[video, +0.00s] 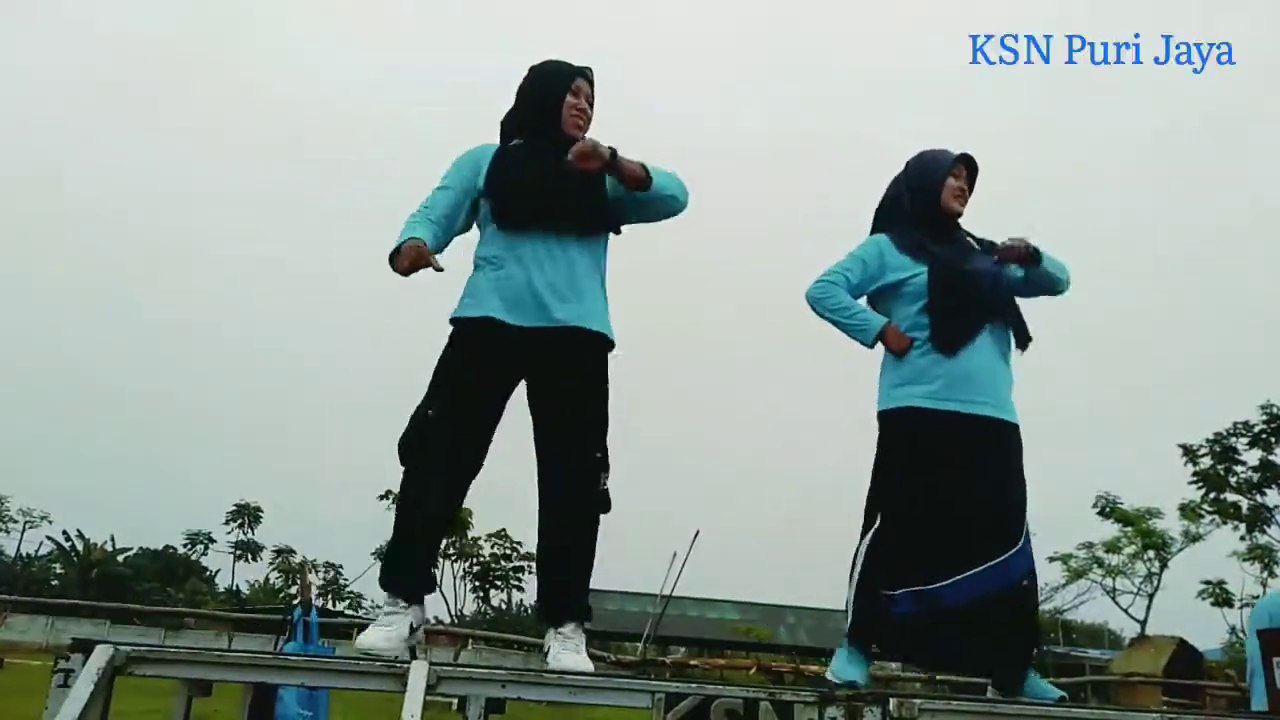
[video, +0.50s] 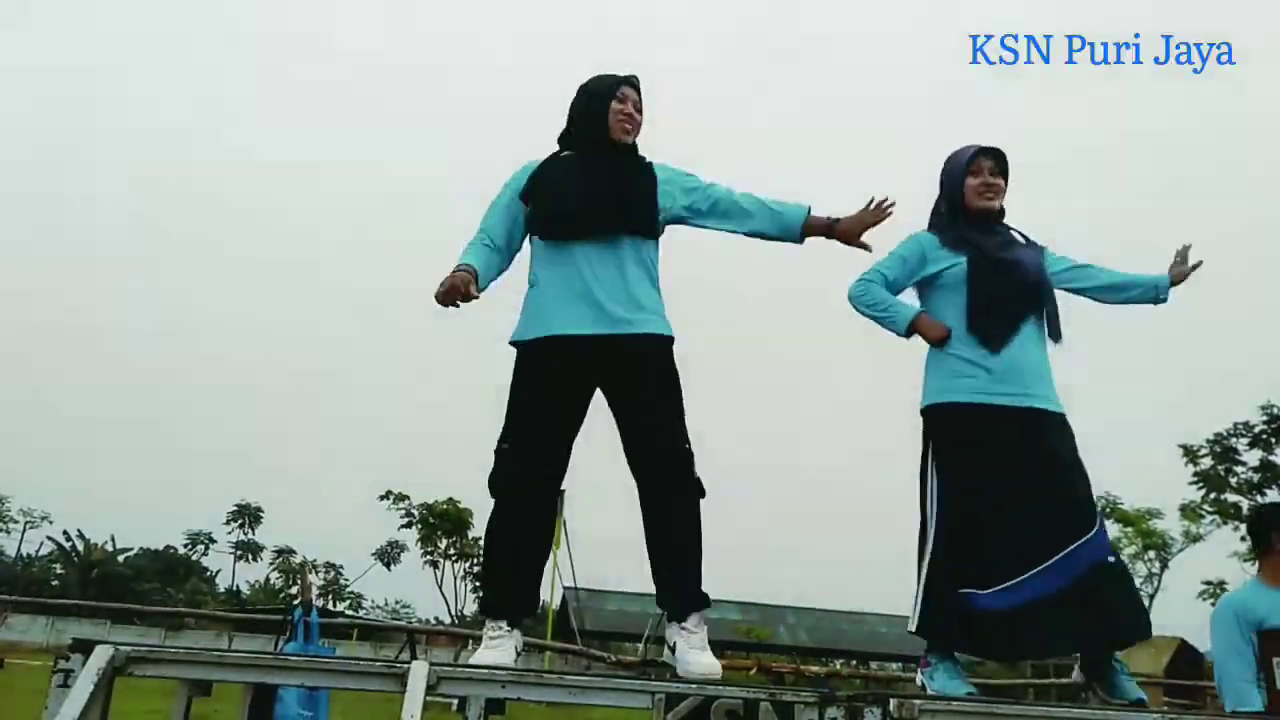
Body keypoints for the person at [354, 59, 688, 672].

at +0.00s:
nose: (583, 106)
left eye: (588, 100)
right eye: (573, 94)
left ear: (589, 114)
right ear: (539, 97)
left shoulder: (601, 179)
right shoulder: (489, 159)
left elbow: (676, 196)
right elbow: (442, 206)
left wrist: (616, 164)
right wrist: (418, 240)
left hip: (577, 329)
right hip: (491, 319)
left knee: (574, 478)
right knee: (436, 453)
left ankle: (566, 630)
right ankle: (402, 606)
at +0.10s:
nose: (598, 108)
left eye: (603, 104)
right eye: (588, 99)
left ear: (603, 120)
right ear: (555, 104)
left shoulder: (610, 168)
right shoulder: (503, 158)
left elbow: (644, 169)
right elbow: (466, 215)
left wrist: (558, 137)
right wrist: (468, 249)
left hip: (584, 328)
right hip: (503, 318)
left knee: (576, 475)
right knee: (478, 460)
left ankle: (567, 624)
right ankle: (473, 608)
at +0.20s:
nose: (607, 120)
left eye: (612, 115)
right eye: (598, 110)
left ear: (610, 130)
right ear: (564, 114)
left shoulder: (616, 180)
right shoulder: (508, 167)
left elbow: (621, 174)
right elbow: (478, 229)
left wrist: (547, 126)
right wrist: (510, 267)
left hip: (595, 351)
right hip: (516, 346)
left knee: (596, 490)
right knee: (506, 485)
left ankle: (572, 626)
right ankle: (502, 627)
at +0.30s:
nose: (610, 126)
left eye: (615, 120)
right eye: (600, 114)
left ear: (617, 132)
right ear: (567, 117)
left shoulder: (616, 191)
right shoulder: (513, 173)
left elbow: (649, 171)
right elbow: (482, 237)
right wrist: (514, 275)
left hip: (606, 352)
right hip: (523, 348)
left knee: (632, 477)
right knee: (501, 482)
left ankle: (591, 609)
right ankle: (500, 626)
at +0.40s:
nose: (618, 112)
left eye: (623, 108)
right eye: (608, 102)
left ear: (623, 125)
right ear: (575, 106)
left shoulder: (636, 179)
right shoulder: (522, 172)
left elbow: (704, 173)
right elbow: (489, 228)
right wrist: (486, 268)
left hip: (619, 341)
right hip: (535, 341)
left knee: (654, 468)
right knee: (509, 478)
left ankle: (640, 609)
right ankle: (500, 624)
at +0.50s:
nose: (631, 111)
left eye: (636, 106)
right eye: (620, 102)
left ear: (638, 124)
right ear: (588, 109)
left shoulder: (653, 179)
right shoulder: (537, 175)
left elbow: (733, 205)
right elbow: (497, 234)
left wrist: (829, 225)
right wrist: (468, 272)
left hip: (637, 338)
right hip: (552, 339)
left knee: (670, 480)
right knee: (524, 481)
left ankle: (686, 625)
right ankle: (502, 624)